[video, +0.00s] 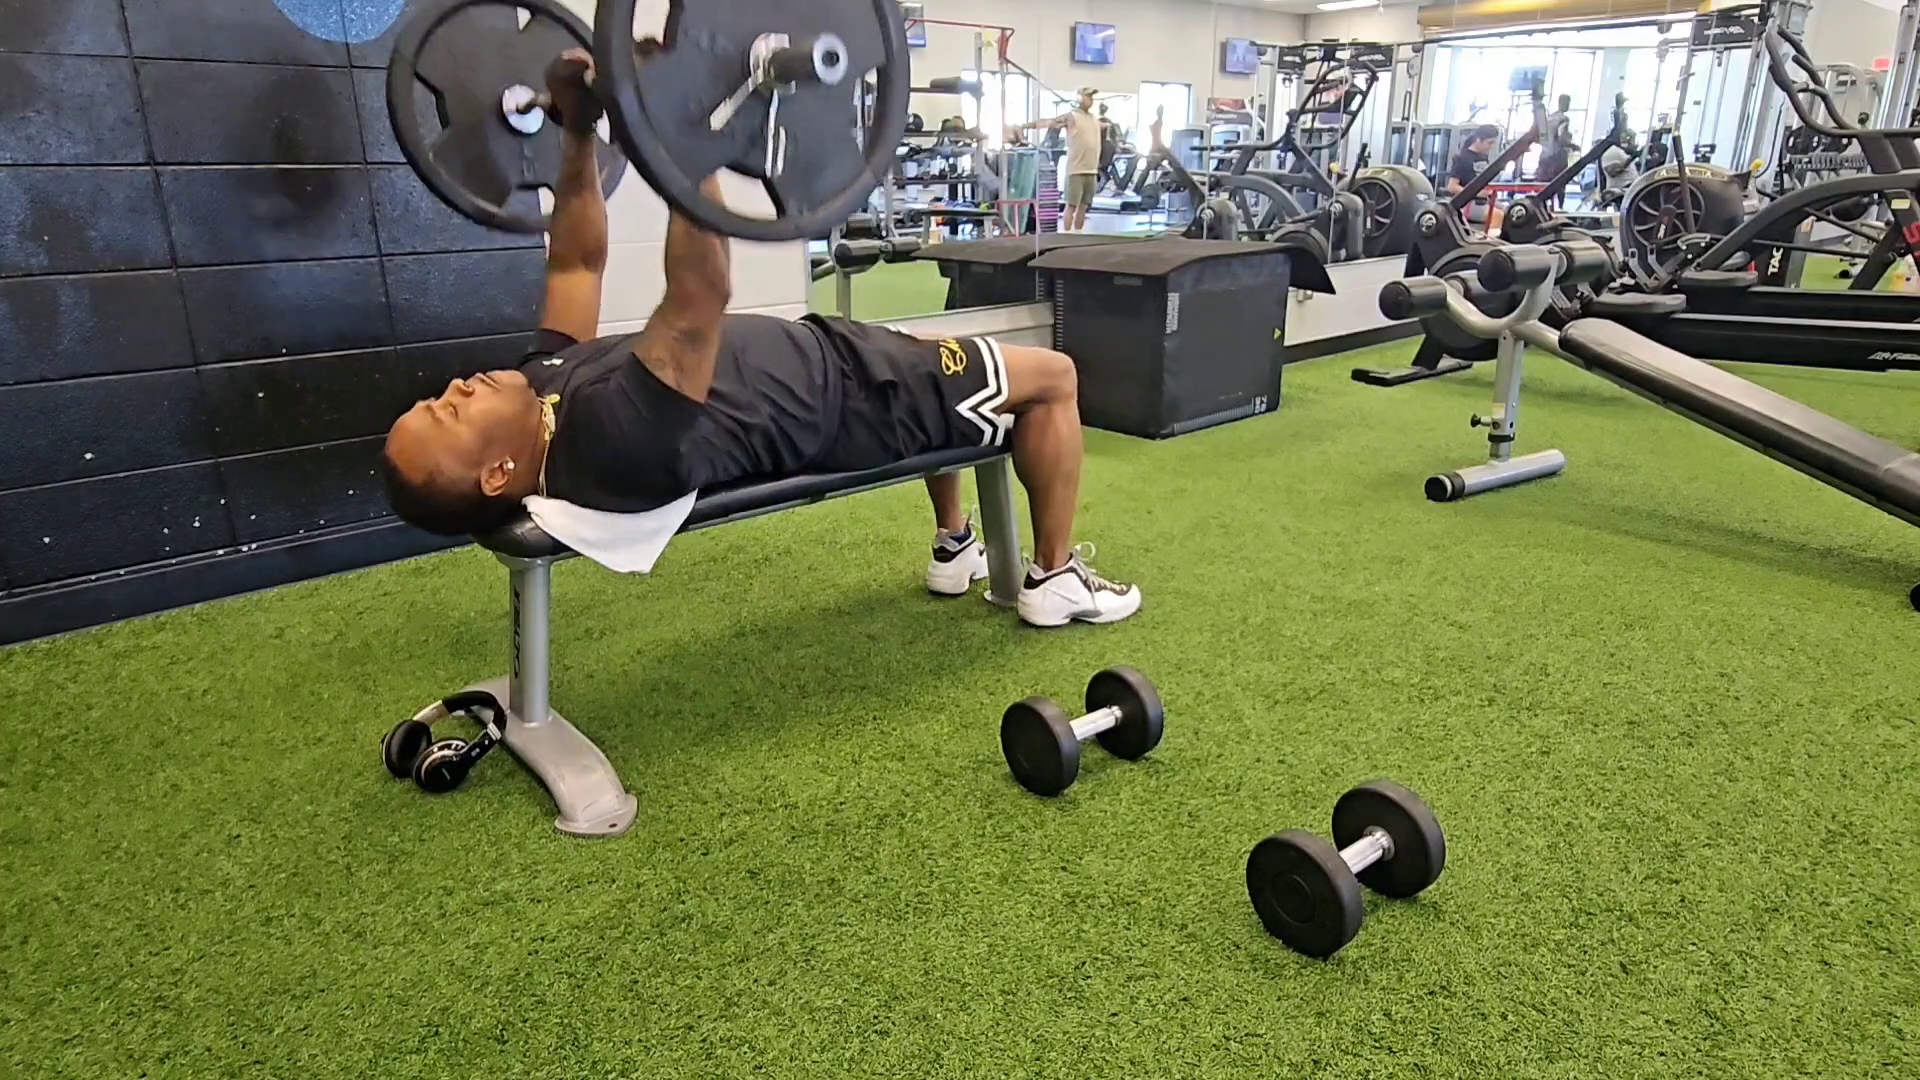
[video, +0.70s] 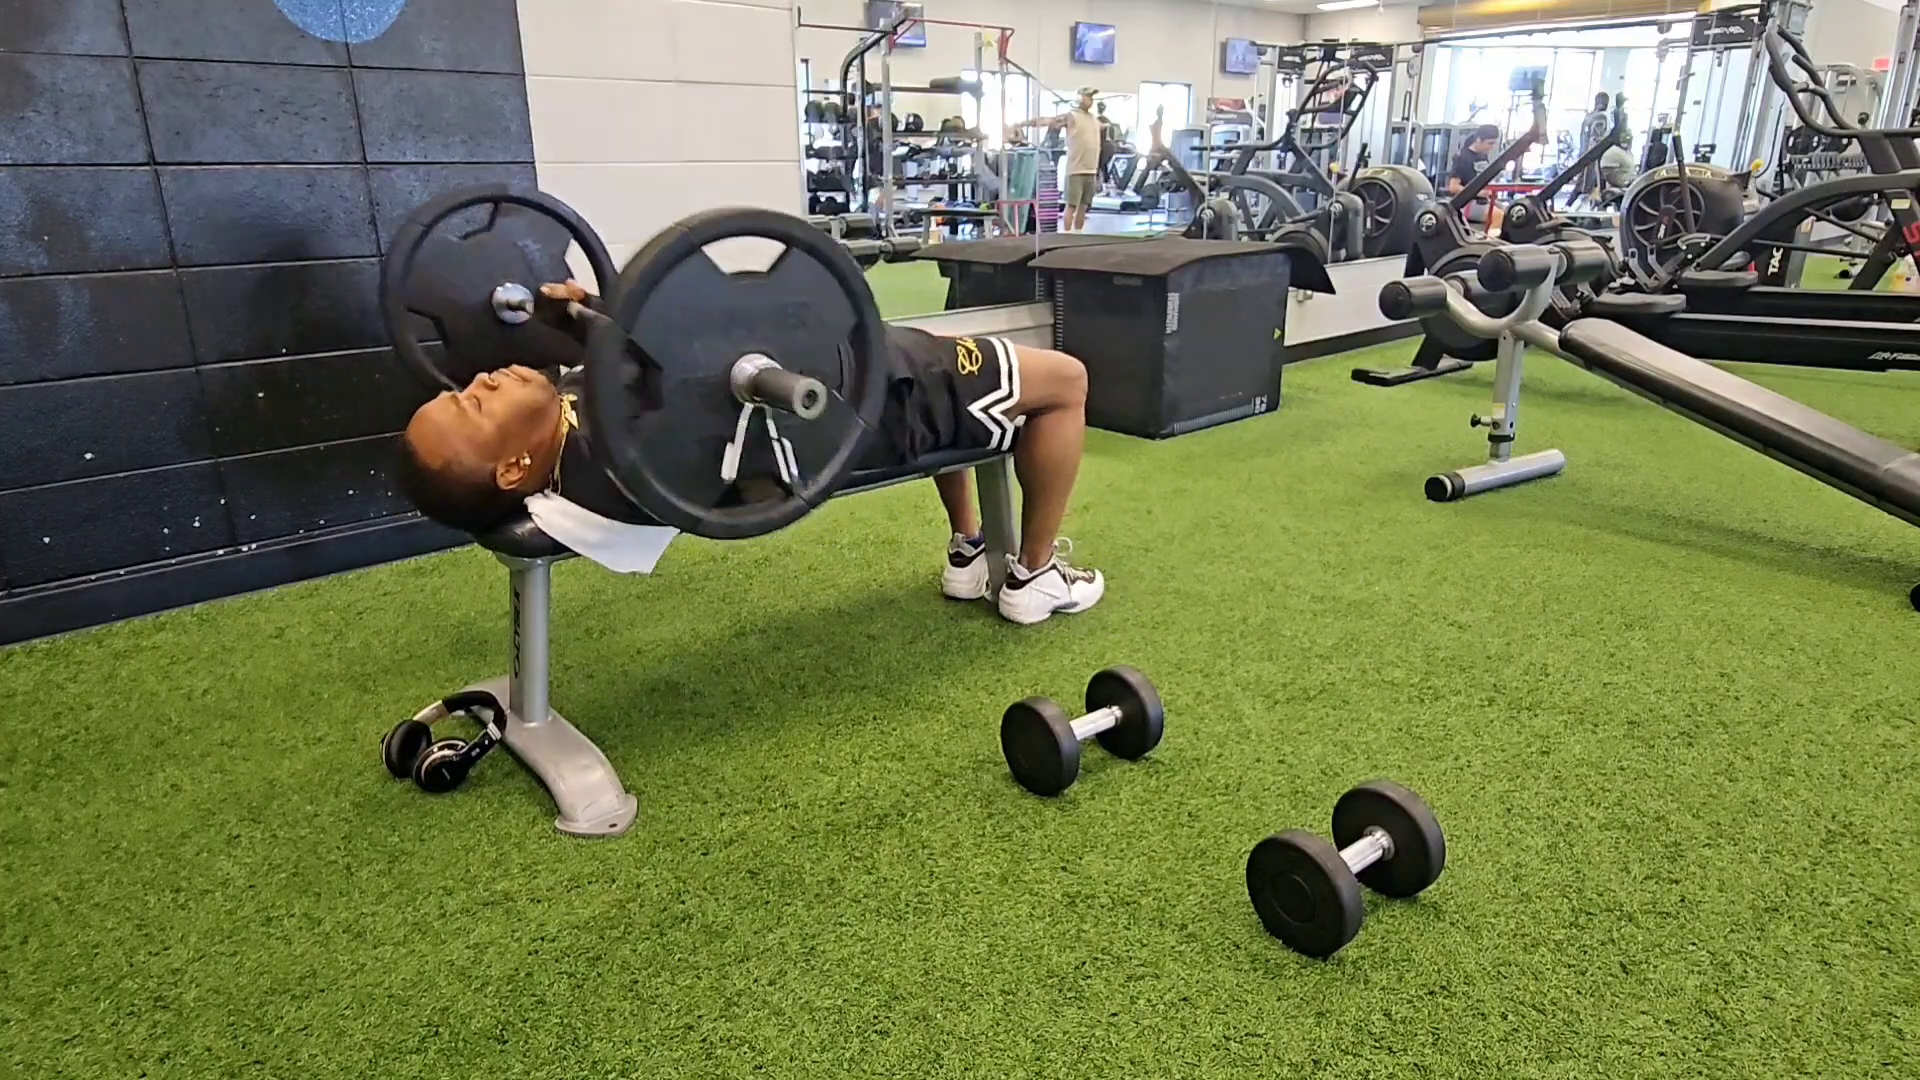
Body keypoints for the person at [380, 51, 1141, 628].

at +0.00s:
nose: (469, 376)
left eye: (443, 389)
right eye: (460, 401)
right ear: (503, 466)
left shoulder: (544, 384)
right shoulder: (615, 444)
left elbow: (573, 261)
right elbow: (698, 294)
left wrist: (574, 133)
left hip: (801, 348)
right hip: (848, 391)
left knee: (936, 354)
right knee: (1051, 374)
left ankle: (955, 544)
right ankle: (1055, 578)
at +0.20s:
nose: (462, 375)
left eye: (440, 390)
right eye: (451, 406)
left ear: (498, 466)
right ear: (501, 471)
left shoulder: (538, 403)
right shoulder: (615, 455)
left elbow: (599, 315)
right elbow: (743, 353)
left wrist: (590, 199)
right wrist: (721, 202)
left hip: (799, 352)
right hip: (846, 393)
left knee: (931, 341)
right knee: (1052, 377)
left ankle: (951, 543)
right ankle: (1048, 578)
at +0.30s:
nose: (479, 373)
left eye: (451, 385)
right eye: (465, 399)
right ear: (504, 470)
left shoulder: (553, 398)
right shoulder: (622, 458)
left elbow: (611, 331)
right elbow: (753, 397)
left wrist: (591, 248)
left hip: (798, 365)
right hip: (843, 407)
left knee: (933, 345)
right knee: (1054, 377)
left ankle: (957, 546)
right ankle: (1045, 577)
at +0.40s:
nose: (474, 372)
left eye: (450, 389)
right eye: (463, 399)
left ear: (503, 452)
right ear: (510, 464)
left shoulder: (552, 393)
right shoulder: (607, 459)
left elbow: (659, 334)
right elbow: (756, 463)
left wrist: (615, 286)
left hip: (785, 377)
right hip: (838, 423)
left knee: (942, 342)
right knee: (1060, 378)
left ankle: (965, 546)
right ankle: (1042, 571)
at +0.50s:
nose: (473, 371)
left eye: (448, 385)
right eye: (459, 402)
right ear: (506, 473)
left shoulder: (536, 394)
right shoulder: (619, 469)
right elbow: (757, 491)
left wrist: (603, 326)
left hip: (774, 372)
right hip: (840, 423)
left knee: (935, 341)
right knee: (1059, 380)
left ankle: (969, 544)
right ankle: (1040, 574)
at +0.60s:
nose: (480, 371)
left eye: (450, 386)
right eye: (465, 400)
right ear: (510, 474)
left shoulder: (540, 391)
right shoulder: (618, 469)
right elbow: (757, 481)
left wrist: (597, 330)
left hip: (775, 364)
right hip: (838, 421)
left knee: (930, 342)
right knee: (1063, 378)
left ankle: (971, 543)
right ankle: (1035, 575)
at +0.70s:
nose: (483, 374)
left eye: (463, 386)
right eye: (473, 401)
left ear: (515, 460)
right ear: (515, 465)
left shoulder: (563, 415)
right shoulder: (603, 462)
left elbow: (641, 374)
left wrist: (591, 321)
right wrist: (600, 329)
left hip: (790, 368)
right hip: (850, 411)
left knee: (927, 340)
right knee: (1065, 382)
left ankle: (970, 543)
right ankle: (1036, 575)